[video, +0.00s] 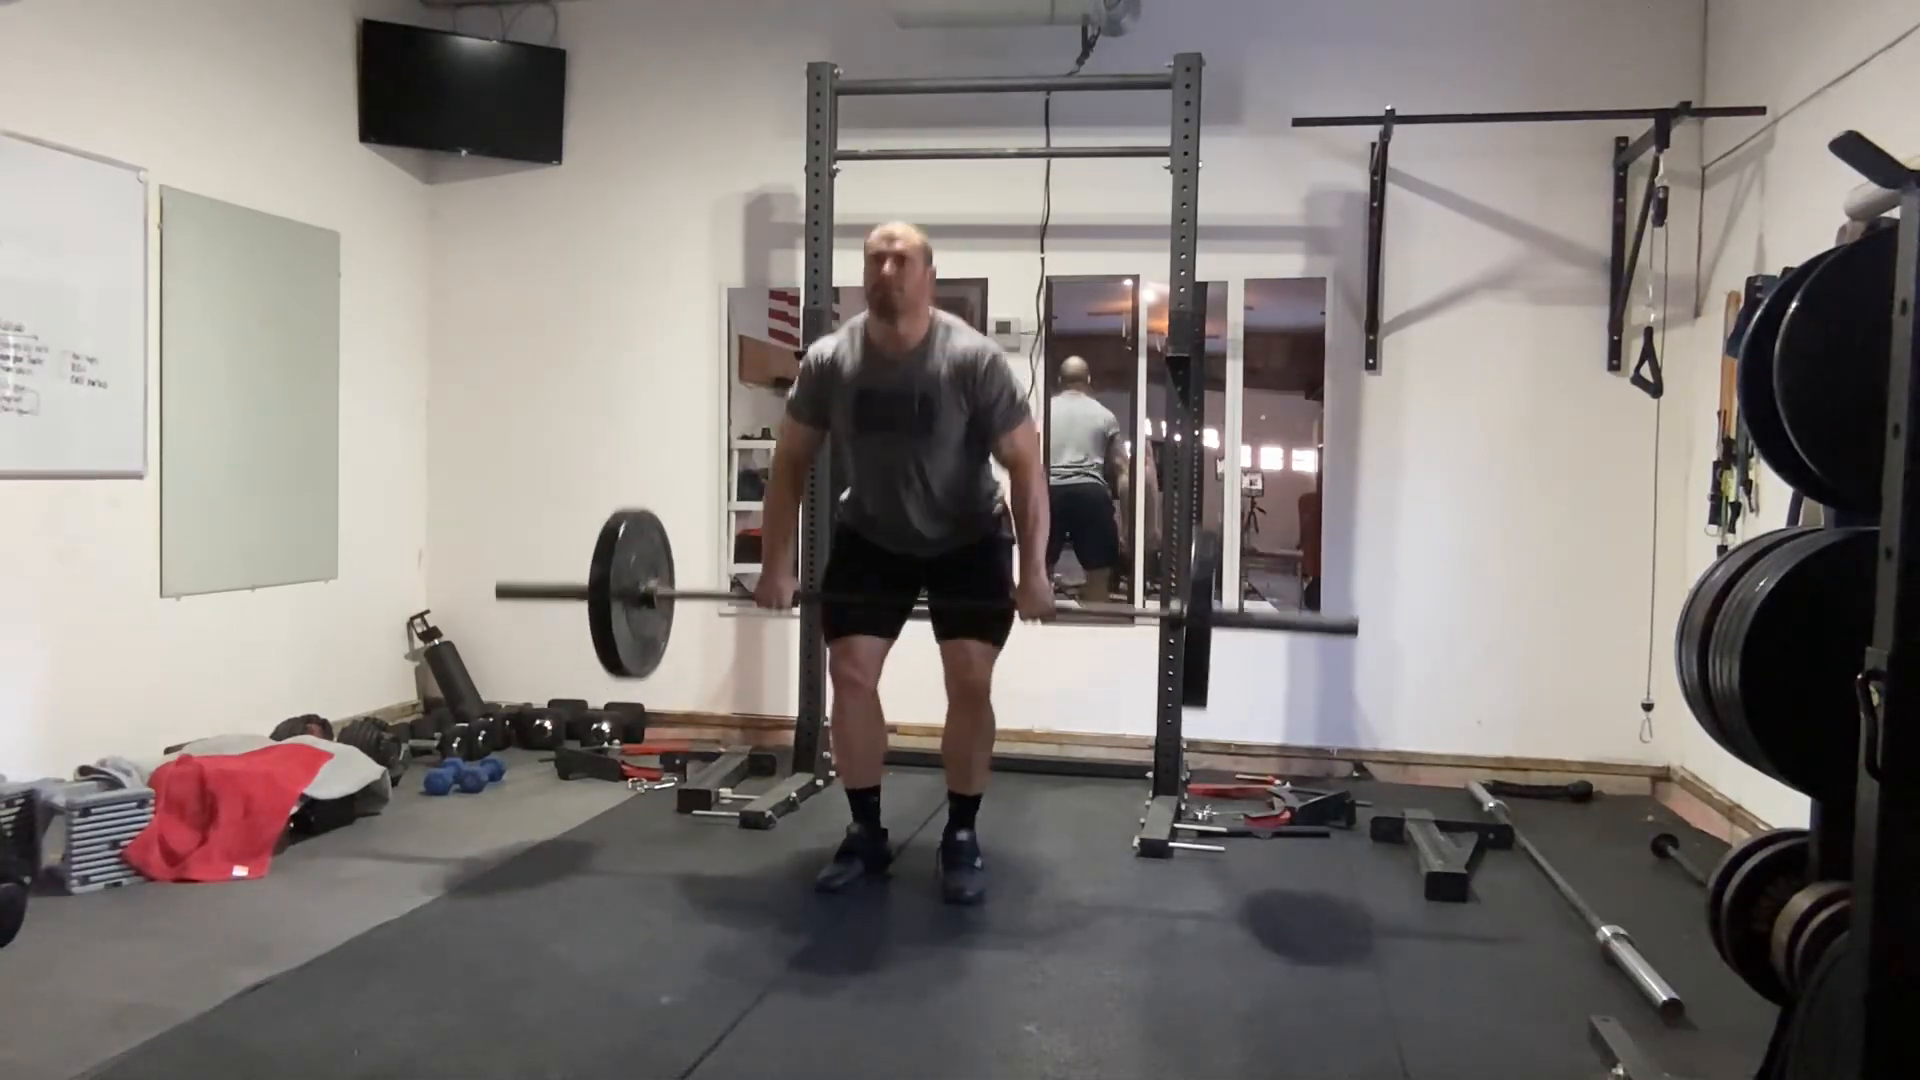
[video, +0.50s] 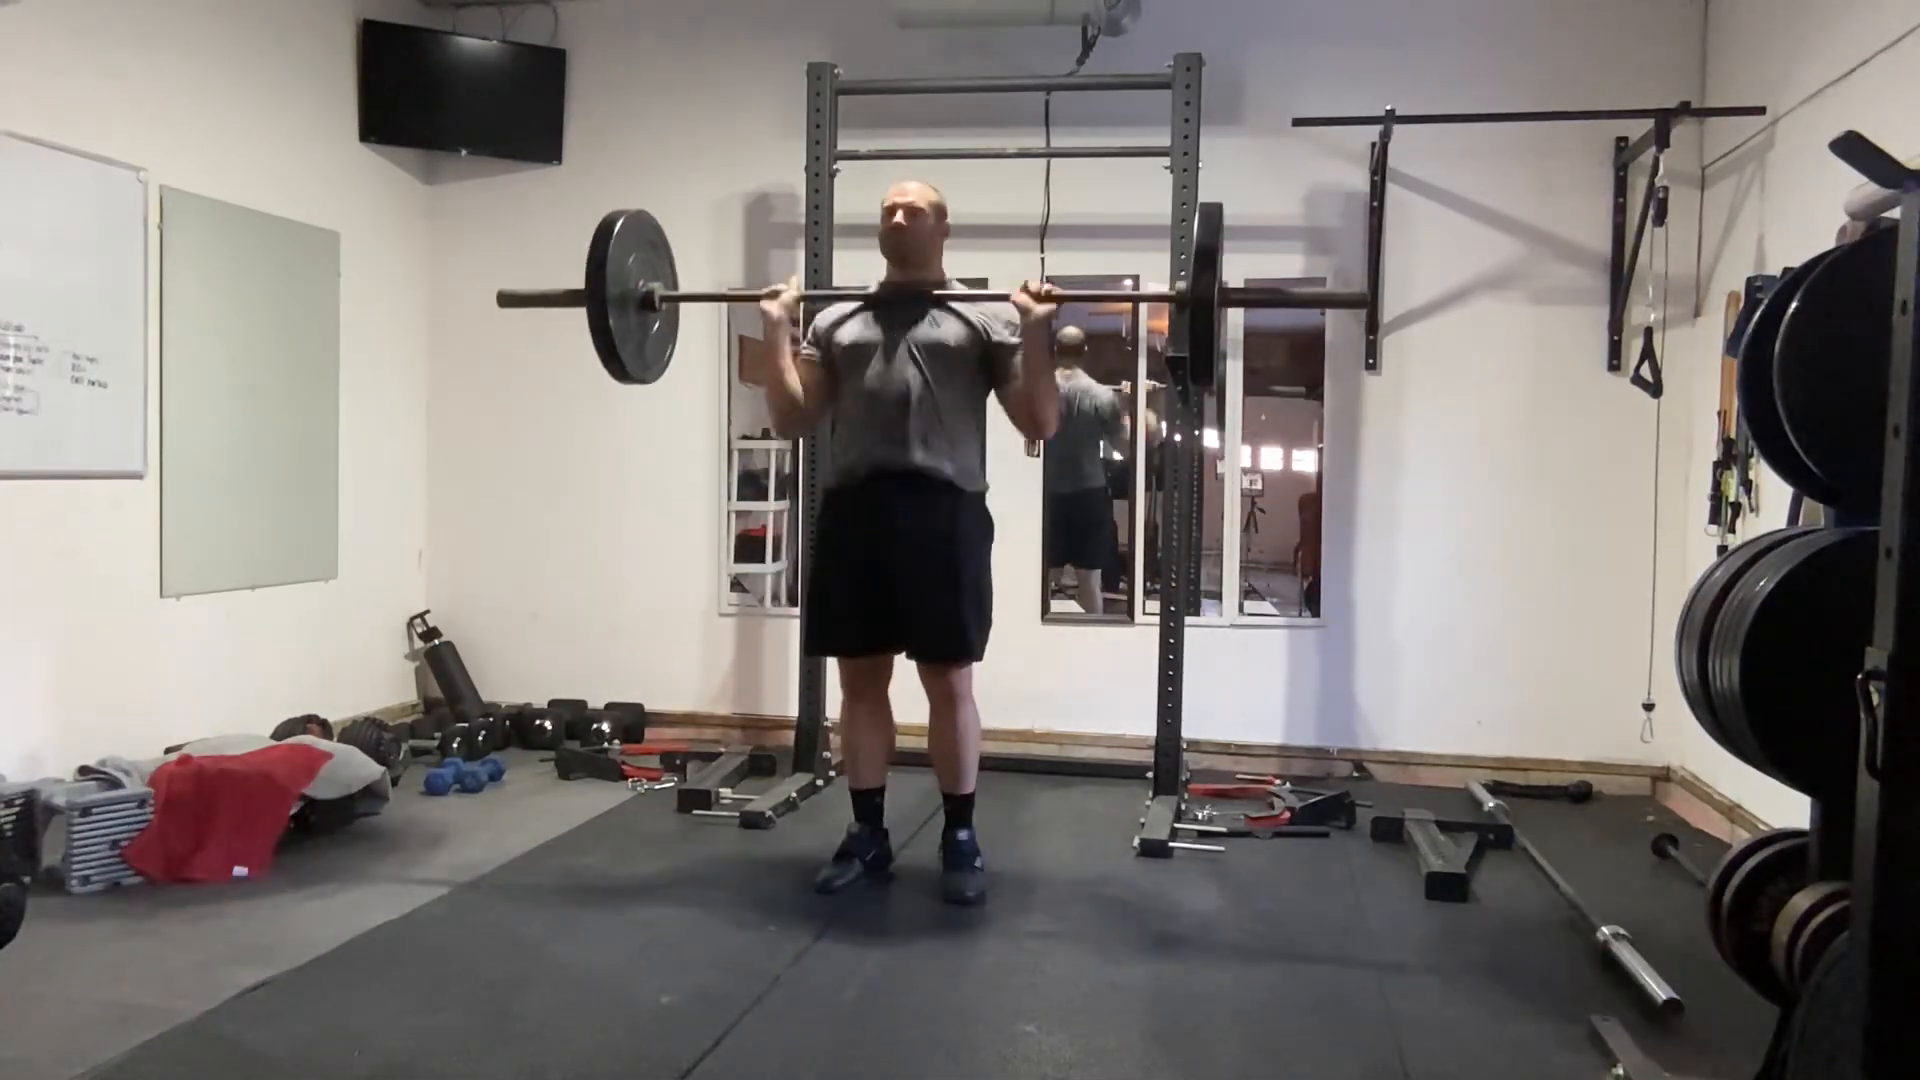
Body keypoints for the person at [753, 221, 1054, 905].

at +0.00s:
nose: (887, 270)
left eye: (901, 259)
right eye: (877, 259)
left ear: (929, 274)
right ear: (862, 275)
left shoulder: (976, 360)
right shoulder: (828, 362)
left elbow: (1027, 467)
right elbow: (790, 463)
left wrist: (1034, 569)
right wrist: (774, 562)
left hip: (966, 538)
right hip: (872, 537)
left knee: (971, 679)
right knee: (849, 671)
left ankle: (962, 837)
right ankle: (865, 838)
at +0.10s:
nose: (899, 223)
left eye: (914, 213)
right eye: (890, 213)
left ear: (943, 231)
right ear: (877, 231)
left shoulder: (984, 312)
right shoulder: (840, 312)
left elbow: (1039, 405)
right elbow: (790, 400)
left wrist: (1034, 507)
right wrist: (772, 502)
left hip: (958, 534)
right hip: (858, 532)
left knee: (960, 683)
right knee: (853, 680)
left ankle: (959, 839)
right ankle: (865, 837)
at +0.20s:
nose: (915, 211)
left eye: (930, 204)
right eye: (904, 203)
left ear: (954, 224)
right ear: (889, 221)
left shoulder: (989, 288)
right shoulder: (851, 289)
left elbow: (1051, 361)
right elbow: (791, 362)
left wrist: (1037, 425)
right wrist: (770, 418)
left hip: (954, 486)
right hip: (862, 483)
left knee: (950, 647)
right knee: (857, 648)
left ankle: (962, 827)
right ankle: (853, 822)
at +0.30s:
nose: (911, 218)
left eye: (927, 209)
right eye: (900, 208)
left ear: (952, 227)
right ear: (885, 225)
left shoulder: (988, 290)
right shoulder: (850, 296)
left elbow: (1049, 348)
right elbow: (808, 363)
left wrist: (1043, 354)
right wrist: (780, 362)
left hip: (951, 481)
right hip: (859, 481)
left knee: (949, 646)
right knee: (856, 654)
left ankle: (964, 830)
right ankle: (855, 824)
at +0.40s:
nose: (900, 213)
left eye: (916, 205)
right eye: (891, 206)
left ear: (945, 229)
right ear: (878, 229)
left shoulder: (978, 302)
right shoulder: (844, 305)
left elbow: (1047, 398)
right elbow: (811, 407)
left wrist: (1040, 342)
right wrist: (783, 350)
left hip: (948, 499)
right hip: (859, 497)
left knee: (949, 670)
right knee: (860, 671)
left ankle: (961, 838)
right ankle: (864, 836)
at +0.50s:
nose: (899, 216)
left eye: (915, 208)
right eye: (889, 209)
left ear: (945, 233)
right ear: (878, 234)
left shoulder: (981, 320)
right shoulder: (838, 322)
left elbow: (1037, 422)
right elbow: (791, 418)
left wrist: (1037, 329)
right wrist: (778, 331)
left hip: (944, 513)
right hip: (855, 511)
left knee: (947, 679)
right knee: (861, 678)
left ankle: (959, 839)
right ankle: (866, 837)